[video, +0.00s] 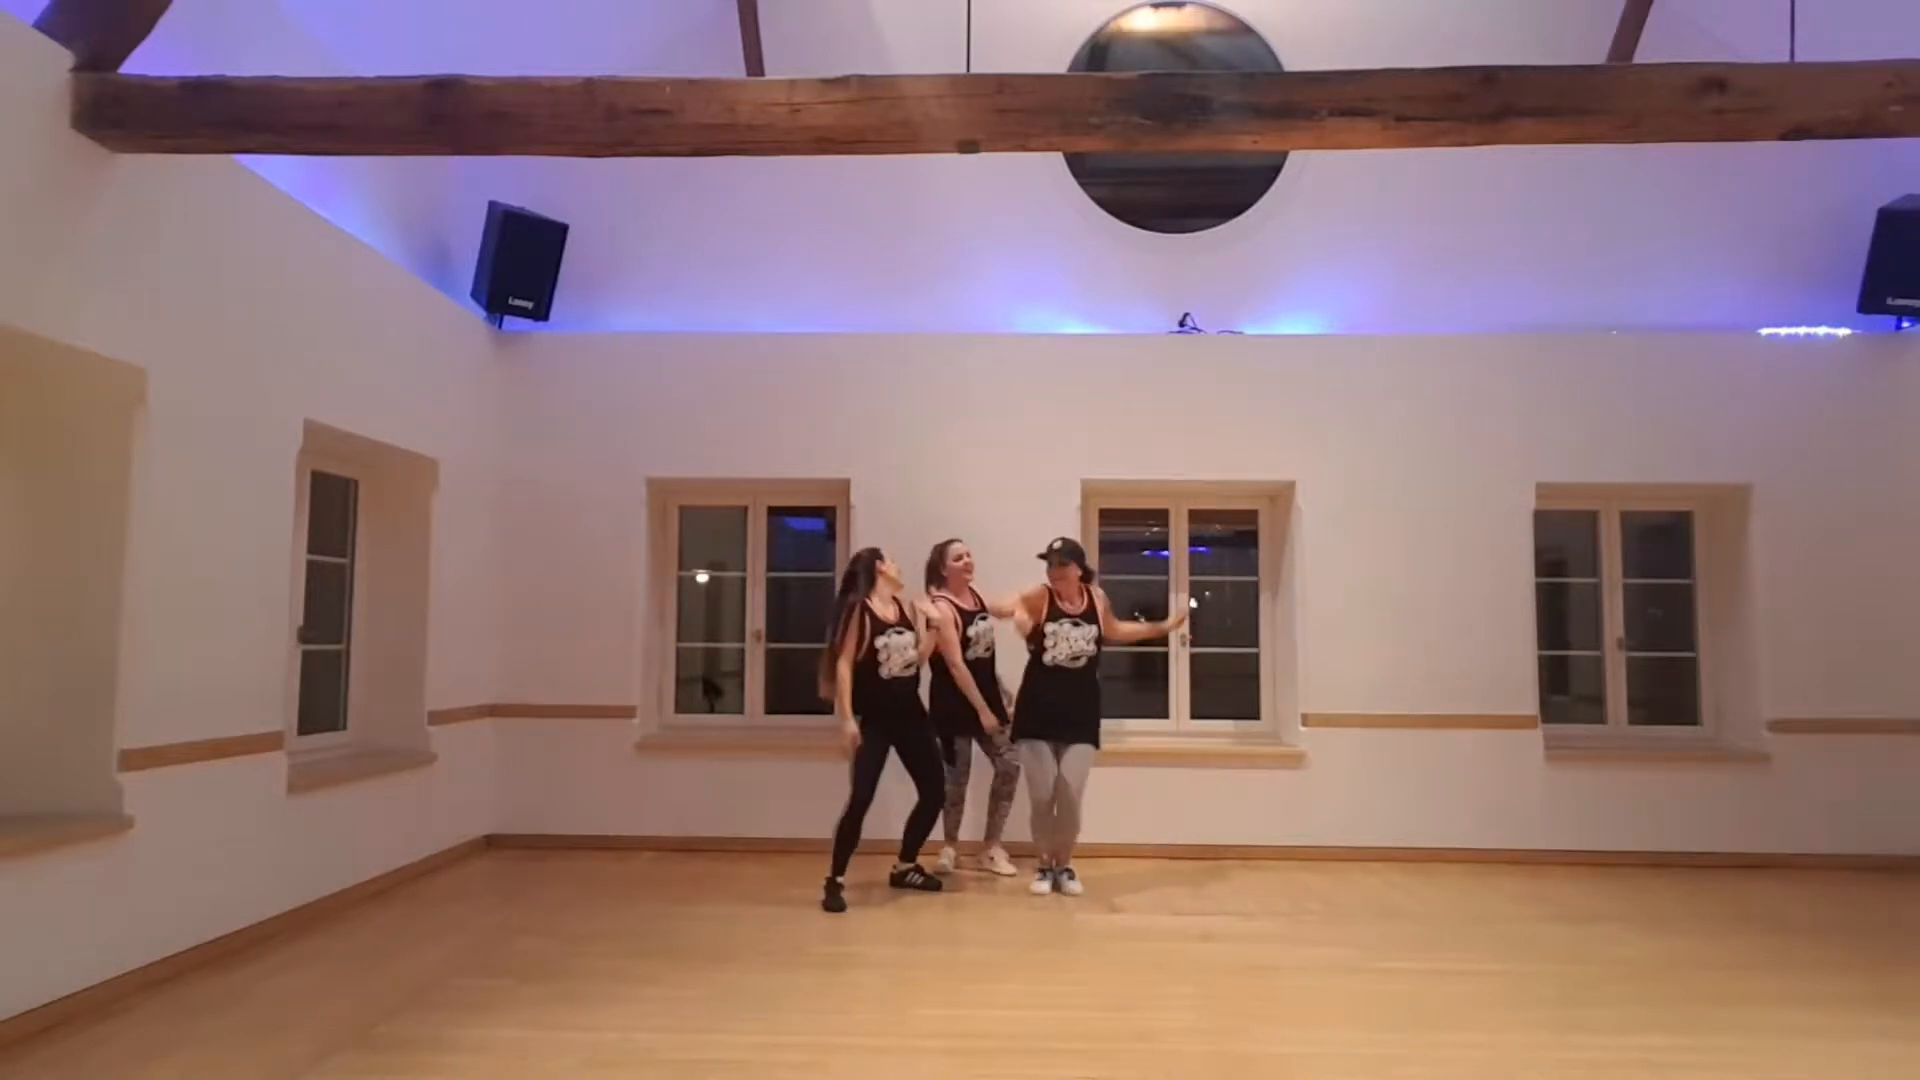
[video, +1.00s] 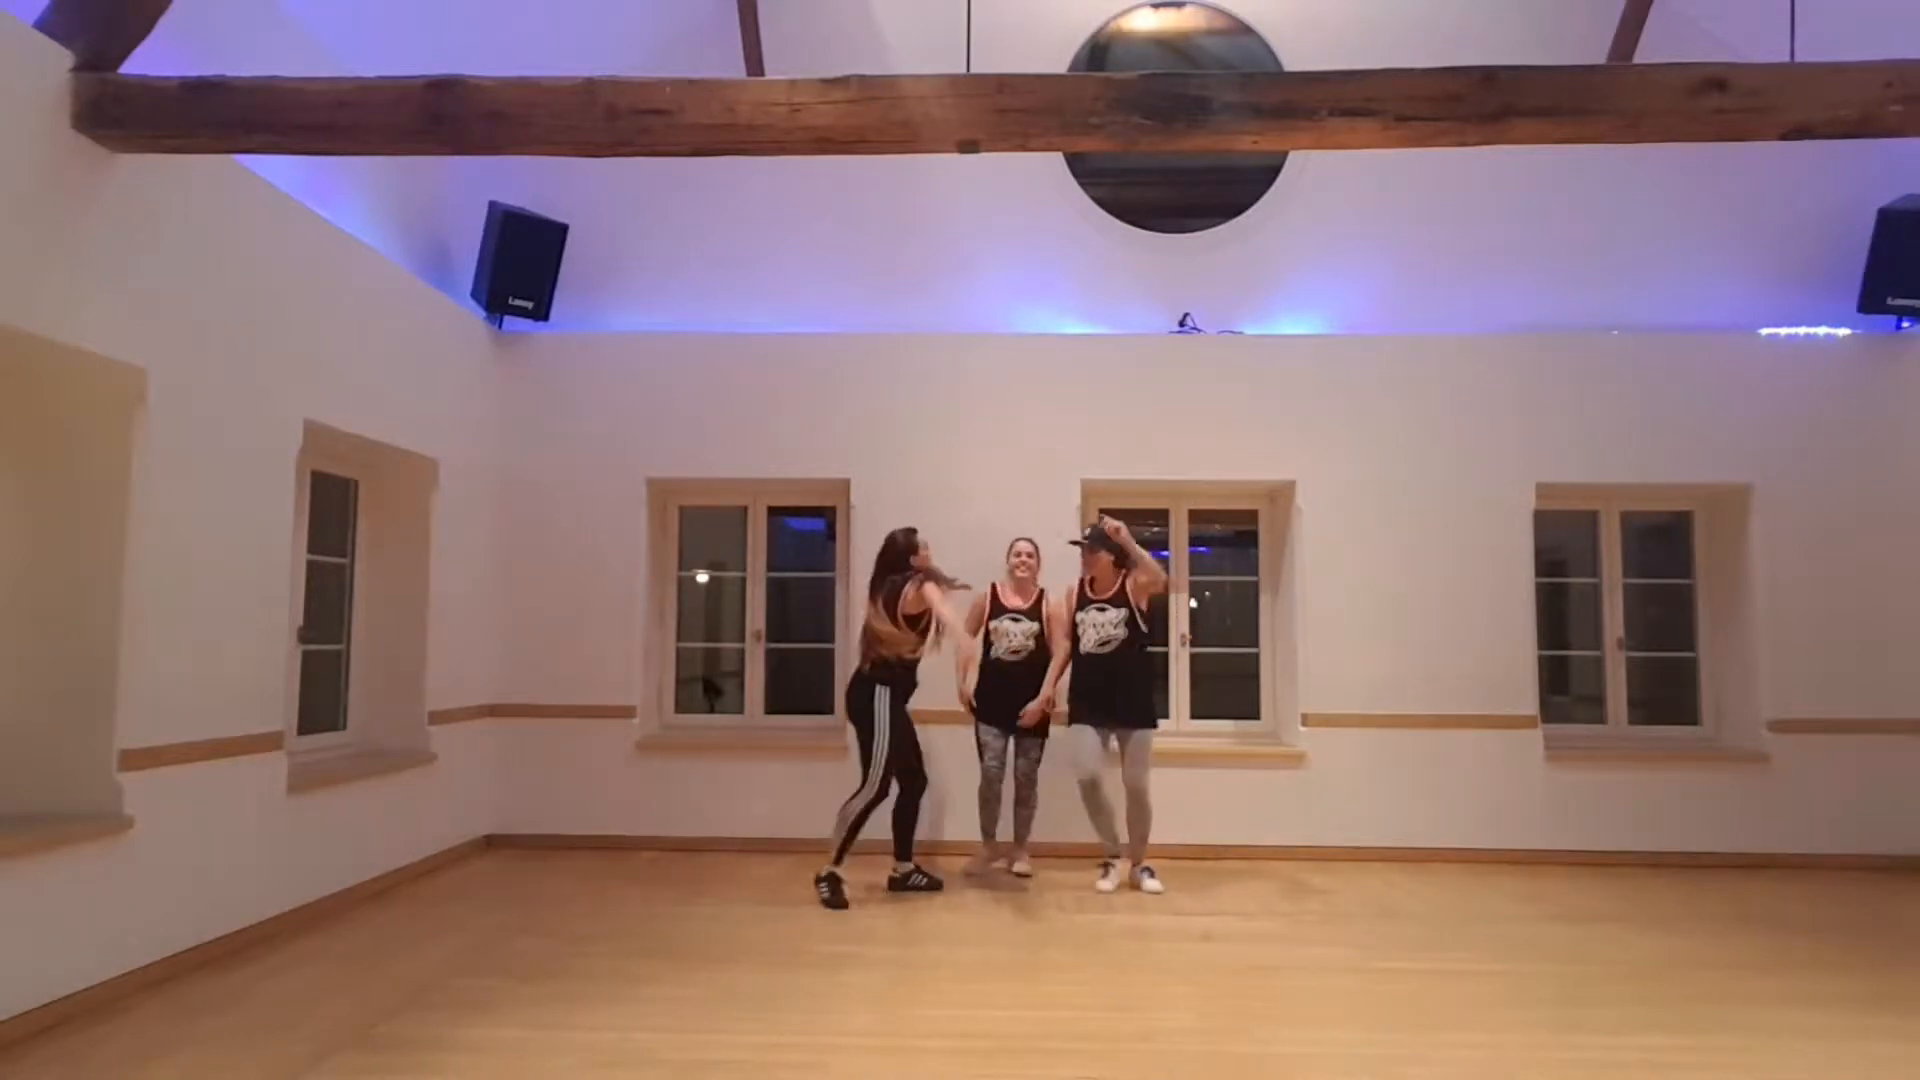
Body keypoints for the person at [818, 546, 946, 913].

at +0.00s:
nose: (896, 565)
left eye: (892, 559)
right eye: (890, 560)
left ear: (882, 570)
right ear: (877, 568)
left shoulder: (903, 607)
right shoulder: (860, 609)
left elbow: (919, 656)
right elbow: (844, 663)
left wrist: (929, 623)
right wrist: (846, 718)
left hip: (911, 714)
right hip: (875, 717)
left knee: (934, 793)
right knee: (860, 800)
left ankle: (906, 866)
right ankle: (835, 880)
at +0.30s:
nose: (914, 549)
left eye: (911, 543)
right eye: (910, 544)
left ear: (892, 553)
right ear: (904, 551)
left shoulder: (910, 591)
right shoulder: (895, 592)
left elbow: (910, 640)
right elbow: (885, 642)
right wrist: (886, 692)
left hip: (918, 694)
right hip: (897, 696)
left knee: (921, 779)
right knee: (899, 778)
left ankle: (905, 863)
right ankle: (853, 859)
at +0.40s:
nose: (917, 551)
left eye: (913, 545)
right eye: (914, 547)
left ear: (885, 553)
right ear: (911, 551)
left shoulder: (889, 587)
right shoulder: (903, 589)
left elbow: (893, 642)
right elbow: (895, 643)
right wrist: (907, 688)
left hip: (907, 691)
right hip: (897, 692)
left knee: (919, 781)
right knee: (914, 783)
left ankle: (905, 863)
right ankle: (864, 853)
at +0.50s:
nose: (921, 561)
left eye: (917, 555)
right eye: (919, 556)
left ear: (888, 561)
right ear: (915, 560)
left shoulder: (884, 596)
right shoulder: (911, 597)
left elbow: (868, 638)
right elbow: (905, 652)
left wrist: (884, 670)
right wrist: (937, 679)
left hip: (888, 698)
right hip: (901, 701)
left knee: (929, 788)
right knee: (930, 792)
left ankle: (906, 865)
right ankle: (869, 855)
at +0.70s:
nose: (931, 564)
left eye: (927, 559)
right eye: (927, 560)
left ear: (896, 571)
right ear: (918, 570)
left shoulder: (885, 601)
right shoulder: (924, 599)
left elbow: (870, 647)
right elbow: (928, 646)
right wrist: (979, 647)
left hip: (883, 707)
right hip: (901, 709)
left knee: (926, 789)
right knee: (933, 796)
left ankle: (905, 866)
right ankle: (866, 855)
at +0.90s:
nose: (931, 546)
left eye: (927, 541)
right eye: (925, 543)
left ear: (903, 556)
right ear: (914, 554)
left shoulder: (887, 586)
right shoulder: (928, 580)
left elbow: (866, 609)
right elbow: (955, 599)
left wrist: (897, 633)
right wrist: (989, 628)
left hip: (888, 687)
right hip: (886, 688)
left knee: (910, 779)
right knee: (893, 780)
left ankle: (904, 867)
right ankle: (840, 861)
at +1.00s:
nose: (929, 552)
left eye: (926, 547)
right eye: (924, 549)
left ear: (899, 558)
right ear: (913, 558)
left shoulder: (890, 585)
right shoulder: (919, 586)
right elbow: (950, 620)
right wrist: (969, 647)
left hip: (885, 691)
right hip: (878, 692)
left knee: (913, 781)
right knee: (876, 785)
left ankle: (903, 870)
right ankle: (829, 873)